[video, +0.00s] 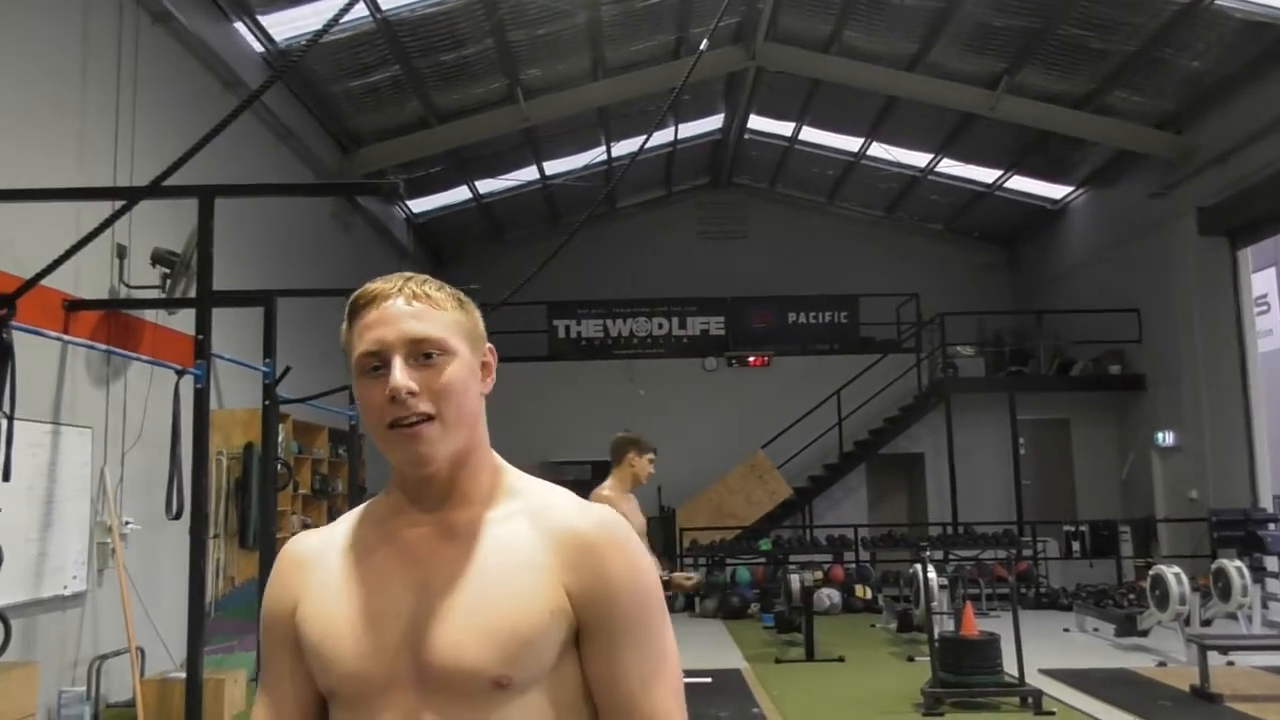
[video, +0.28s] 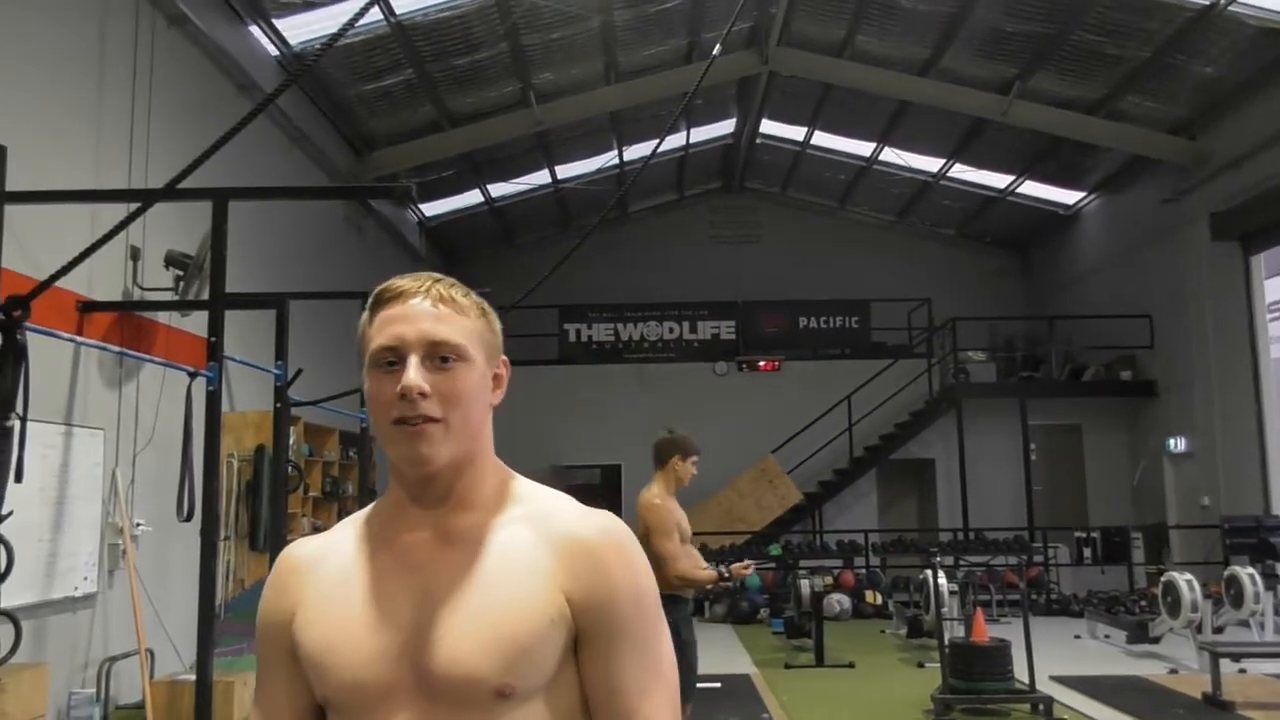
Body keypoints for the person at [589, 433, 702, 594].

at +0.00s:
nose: (652, 471)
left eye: (653, 464)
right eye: (650, 462)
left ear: (632, 461)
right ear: (632, 460)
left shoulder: (630, 499)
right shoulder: (603, 498)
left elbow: (643, 548)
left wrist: (663, 576)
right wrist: (666, 581)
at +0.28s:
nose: (695, 472)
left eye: (696, 465)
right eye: (693, 464)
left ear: (673, 464)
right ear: (675, 462)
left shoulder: (664, 499)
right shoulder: (657, 505)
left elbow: (685, 554)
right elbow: (674, 572)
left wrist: (714, 574)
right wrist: (725, 574)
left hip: (677, 603)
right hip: (670, 606)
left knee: (683, 686)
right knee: (682, 693)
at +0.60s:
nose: (727, 478)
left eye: (728, 471)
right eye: (725, 470)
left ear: (707, 466)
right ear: (710, 466)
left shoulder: (679, 500)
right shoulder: (697, 508)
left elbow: (710, 566)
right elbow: (718, 573)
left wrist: (750, 575)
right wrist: (759, 577)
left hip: (692, 602)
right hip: (704, 607)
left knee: (711, 687)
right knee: (715, 692)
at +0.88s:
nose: (743, 475)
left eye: (746, 469)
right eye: (745, 467)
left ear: (719, 456)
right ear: (735, 459)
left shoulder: (689, 491)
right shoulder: (720, 497)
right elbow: (736, 564)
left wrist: (755, 575)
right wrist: (771, 576)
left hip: (699, 594)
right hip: (722, 599)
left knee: (713, 670)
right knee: (742, 676)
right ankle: (748, 713)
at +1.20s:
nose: (764, 463)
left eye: (764, 456)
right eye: (764, 456)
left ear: (734, 451)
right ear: (755, 450)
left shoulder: (719, 485)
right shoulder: (739, 484)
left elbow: (721, 545)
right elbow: (740, 545)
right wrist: (754, 600)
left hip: (731, 592)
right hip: (749, 595)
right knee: (754, 680)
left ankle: (745, 710)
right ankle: (751, 711)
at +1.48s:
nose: (782, 460)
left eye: (782, 453)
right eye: (782, 452)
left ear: (753, 446)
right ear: (775, 447)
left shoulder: (741, 476)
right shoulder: (756, 473)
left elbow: (740, 531)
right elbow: (744, 524)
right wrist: (754, 579)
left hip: (749, 581)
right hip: (763, 583)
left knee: (757, 680)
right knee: (782, 685)